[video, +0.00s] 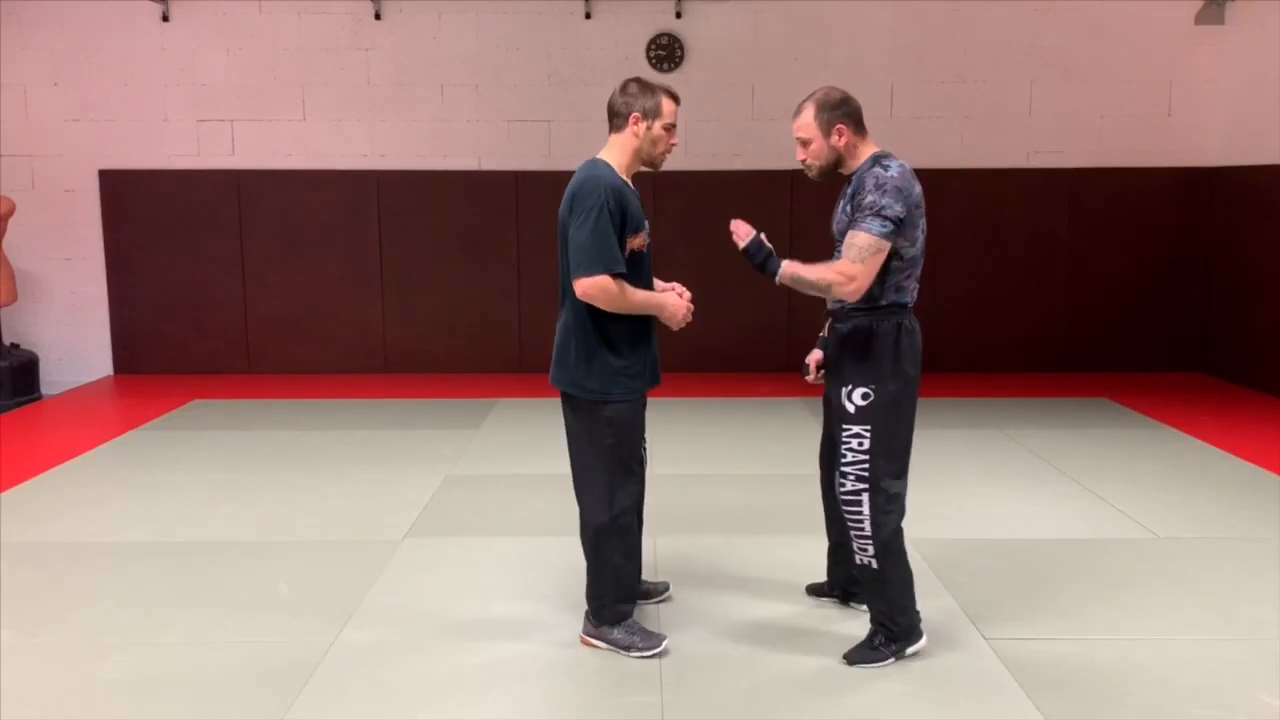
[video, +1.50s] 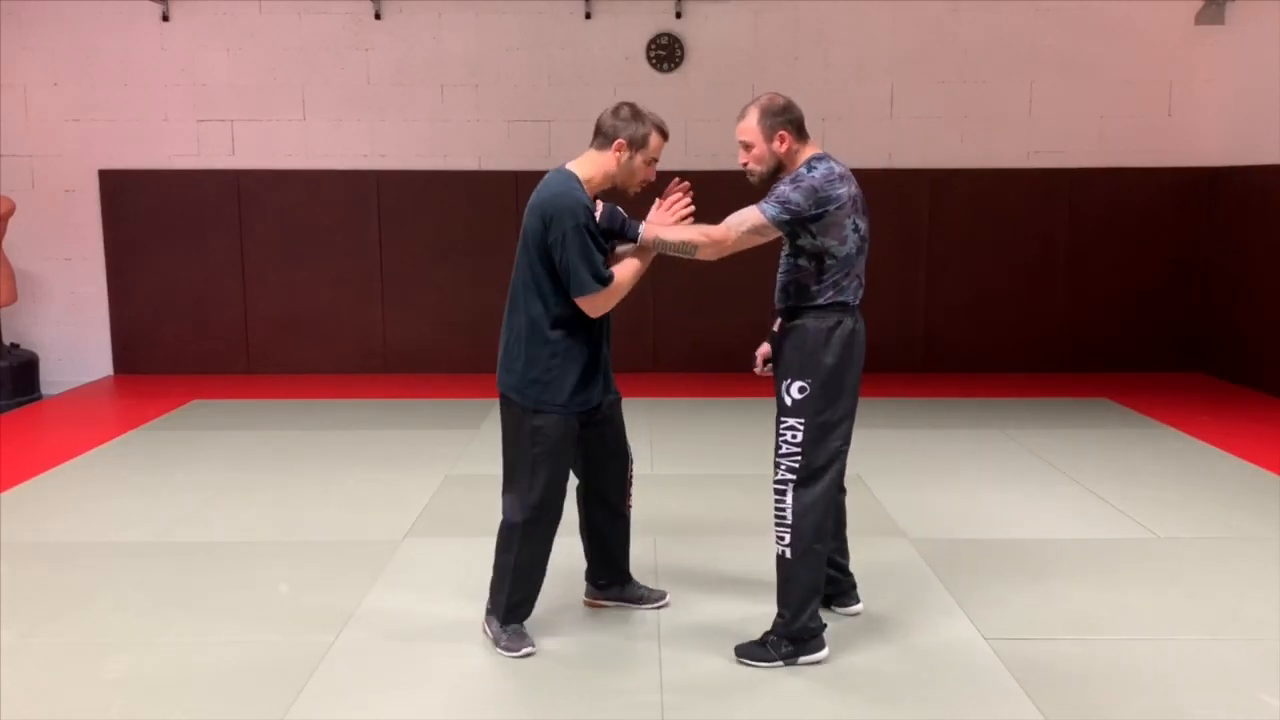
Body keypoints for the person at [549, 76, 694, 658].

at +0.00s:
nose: (675, 140)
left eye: (676, 129)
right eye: (669, 128)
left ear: (637, 126)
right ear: (636, 125)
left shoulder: (617, 185)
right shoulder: (596, 188)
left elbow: (620, 273)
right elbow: (591, 285)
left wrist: (660, 291)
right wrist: (658, 303)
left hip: (617, 370)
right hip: (596, 374)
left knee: (623, 484)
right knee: (608, 493)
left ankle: (620, 580)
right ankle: (606, 617)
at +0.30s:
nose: (688, 144)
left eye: (689, 132)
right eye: (683, 132)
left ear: (648, 128)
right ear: (654, 129)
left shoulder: (623, 186)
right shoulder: (608, 193)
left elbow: (631, 270)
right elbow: (604, 298)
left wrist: (659, 295)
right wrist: (661, 308)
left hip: (626, 370)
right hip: (598, 376)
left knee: (641, 477)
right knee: (607, 494)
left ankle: (631, 575)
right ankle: (604, 619)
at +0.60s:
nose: (678, 152)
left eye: (680, 141)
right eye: (673, 140)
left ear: (641, 134)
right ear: (640, 133)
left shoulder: (624, 194)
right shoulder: (581, 193)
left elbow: (624, 270)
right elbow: (571, 290)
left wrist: (654, 293)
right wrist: (646, 301)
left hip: (617, 372)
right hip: (583, 377)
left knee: (626, 482)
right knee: (603, 492)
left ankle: (622, 578)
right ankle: (602, 616)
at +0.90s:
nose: (648, 149)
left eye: (649, 138)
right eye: (643, 138)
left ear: (610, 134)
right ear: (611, 134)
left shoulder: (595, 197)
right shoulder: (560, 203)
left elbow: (590, 283)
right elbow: (566, 307)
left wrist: (635, 288)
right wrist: (632, 292)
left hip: (602, 373)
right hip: (558, 381)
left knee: (621, 474)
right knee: (553, 495)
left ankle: (619, 576)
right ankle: (520, 613)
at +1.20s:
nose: (651, 162)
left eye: (653, 152)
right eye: (648, 151)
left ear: (618, 139)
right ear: (620, 140)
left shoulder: (593, 189)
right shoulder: (564, 199)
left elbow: (622, 256)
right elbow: (595, 297)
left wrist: (648, 226)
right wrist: (643, 237)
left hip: (587, 369)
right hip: (547, 374)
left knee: (603, 483)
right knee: (549, 497)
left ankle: (608, 580)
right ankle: (521, 611)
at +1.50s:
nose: (651, 175)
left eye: (654, 164)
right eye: (649, 164)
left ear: (618, 151)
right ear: (620, 151)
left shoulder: (588, 194)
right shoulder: (564, 204)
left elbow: (625, 252)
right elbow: (595, 301)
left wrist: (657, 228)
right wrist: (647, 245)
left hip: (585, 372)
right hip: (541, 377)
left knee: (609, 476)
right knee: (533, 502)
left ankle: (608, 580)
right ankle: (505, 615)